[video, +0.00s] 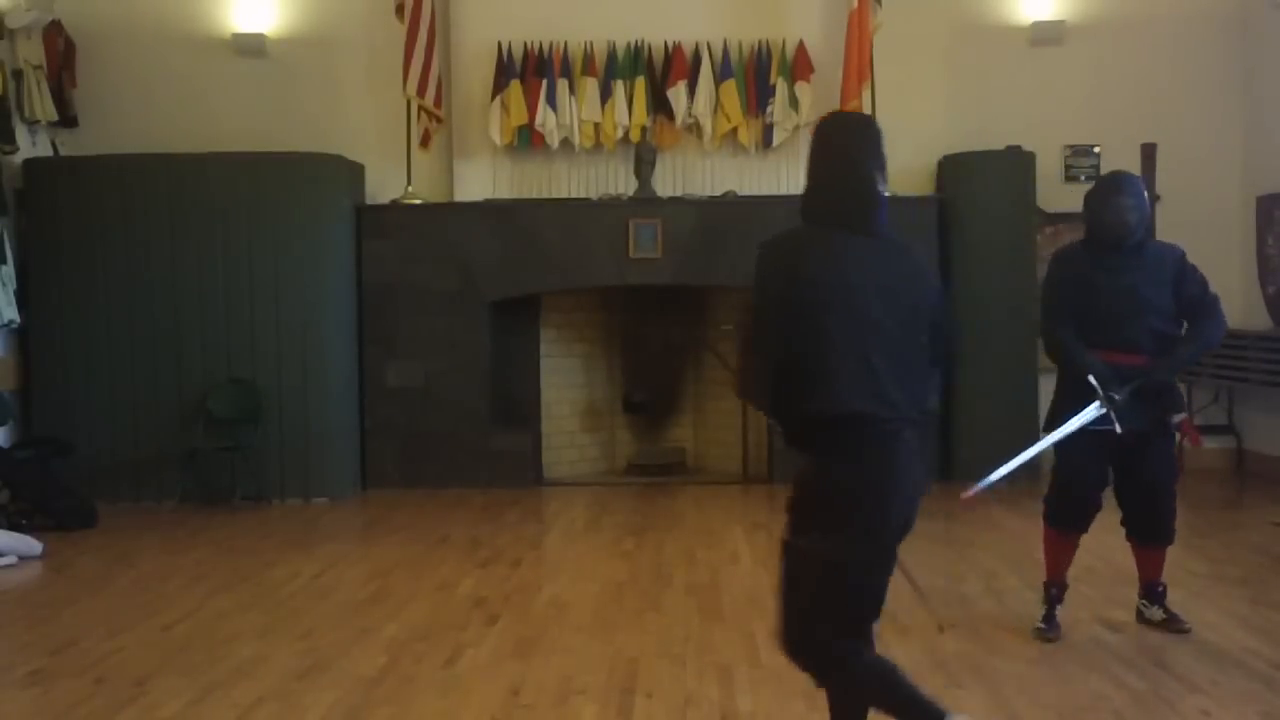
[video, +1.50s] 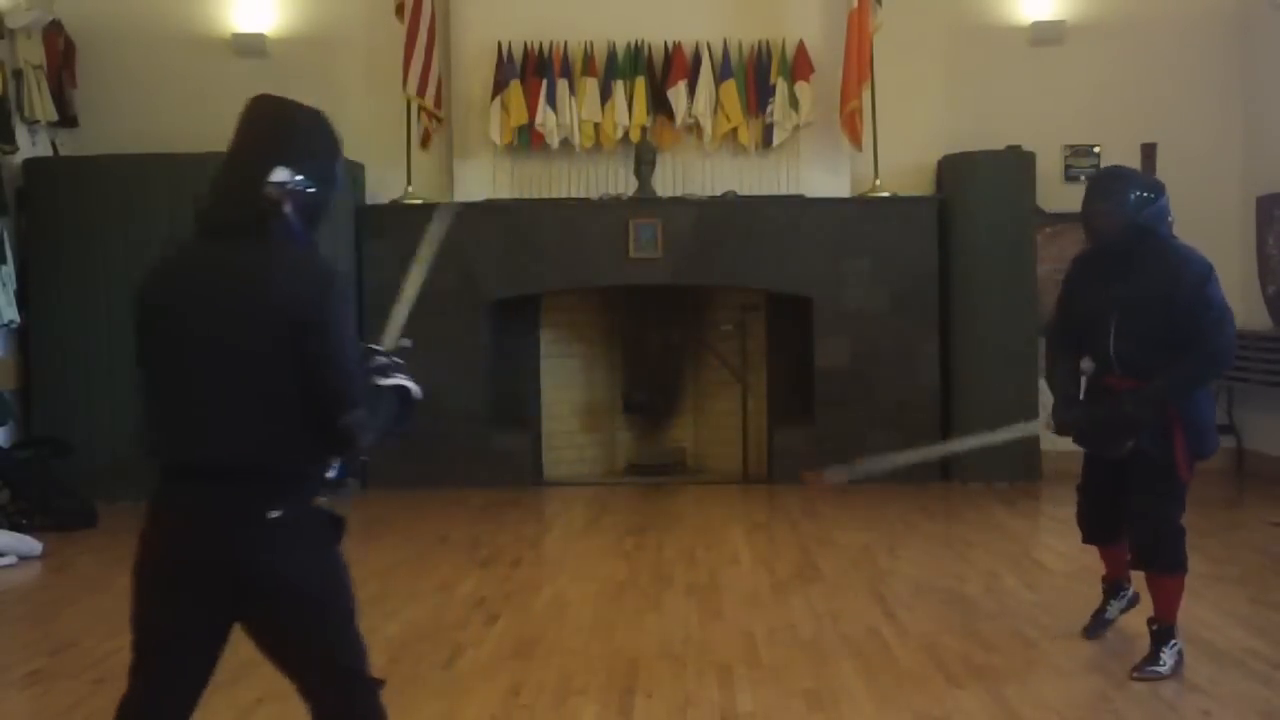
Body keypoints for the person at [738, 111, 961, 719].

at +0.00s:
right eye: (874, 164)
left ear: (815, 170)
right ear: (879, 173)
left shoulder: (787, 255)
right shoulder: (906, 258)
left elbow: (761, 379)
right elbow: (938, 351)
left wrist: (810, 428)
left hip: (836, 463)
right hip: (900, 459)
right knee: (851, 630)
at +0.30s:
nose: (760, 187)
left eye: (756, 176)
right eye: (758, 176)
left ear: (689, 178)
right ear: (754, 180)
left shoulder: (652, 263)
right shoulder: (790, 262)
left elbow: (611, 383)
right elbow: (817, 387)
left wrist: (663, 443)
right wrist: (781, 438)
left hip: (685, 478)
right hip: (766, 480)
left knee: (633, 645)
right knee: (787, 632)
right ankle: (826, 709)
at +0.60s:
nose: (643, 176)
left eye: (637, 163)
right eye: (639, 164)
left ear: (554, 167)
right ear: (624, 173)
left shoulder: (512, 256)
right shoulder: (655, 259)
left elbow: (460, 368)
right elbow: (695, 373)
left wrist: (435, 466)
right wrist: (703, 454)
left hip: (548, 477)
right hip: (635, 480)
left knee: (566, 642)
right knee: (660, 642)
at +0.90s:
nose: (555, 194)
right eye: (551, 179)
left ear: (464, 178)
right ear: (539, 187)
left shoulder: (414, 266)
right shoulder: (553, 272)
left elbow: (351, 376)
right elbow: (595, 395)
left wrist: (335, 473)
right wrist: (618, 487)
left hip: (430, 489)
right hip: (509, 492)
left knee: (481, 645)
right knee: (485, 662)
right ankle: (454, 706)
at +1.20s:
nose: (471, 176)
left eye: (466, 161)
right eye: (467, 161)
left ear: (378, 155)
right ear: (452, 169)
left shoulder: (318, 249)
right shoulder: (458, 260)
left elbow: (288, 377)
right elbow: (484, 393)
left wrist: (356, 401)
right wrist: (516, 453)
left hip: (325, 487)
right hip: (415, 494)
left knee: (318, 656)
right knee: (421, 681)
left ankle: (273, 710)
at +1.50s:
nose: (331, 201)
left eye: (330, 182)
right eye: (327, 184)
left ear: (237, 173)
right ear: (303, 189)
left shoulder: (171, 273)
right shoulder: (308, 280)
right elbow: (344, 426)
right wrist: (391, 394)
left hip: (180, 530)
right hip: (280, 537)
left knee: (152, 705)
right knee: (348, 702)